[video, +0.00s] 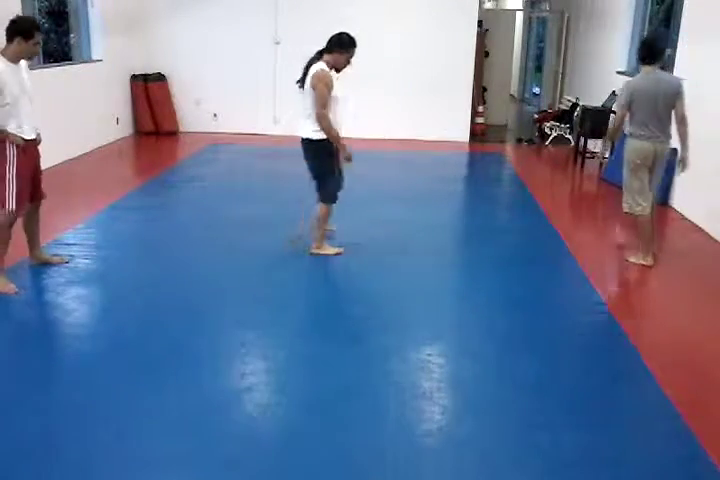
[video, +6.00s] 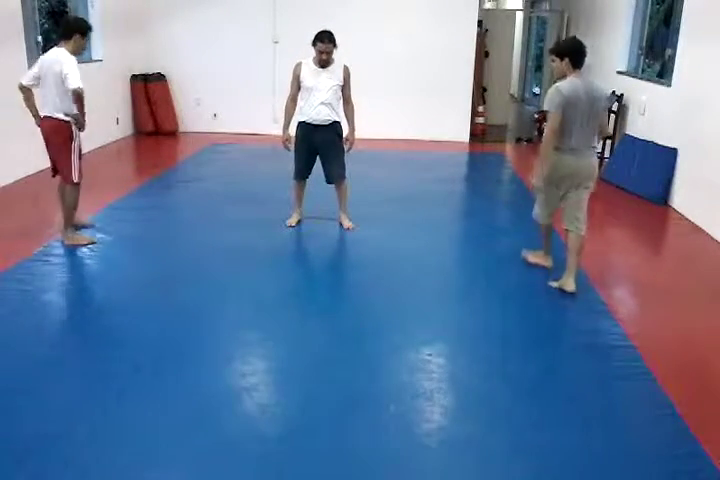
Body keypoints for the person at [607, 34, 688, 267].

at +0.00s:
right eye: (659, 55)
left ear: (639, 56)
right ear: (661, 57)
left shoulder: (632, 85)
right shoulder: (674, 84)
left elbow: (619, 120)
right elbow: (681, 120)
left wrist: (608, 140)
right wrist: (684, 151)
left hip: (637, 146)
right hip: (662, 147)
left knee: (641, 200)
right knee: (649, 197)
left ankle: (645, 253)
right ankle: (649, 247)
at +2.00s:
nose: (583, 61)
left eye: (587, 57)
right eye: (580, 56)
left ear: (596, 54)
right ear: (578, 54)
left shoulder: (607, 77)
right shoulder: (577, 75)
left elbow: (613, 108)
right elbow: (570, 103)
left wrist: (611, 136)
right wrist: (559, 124)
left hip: (596, 128)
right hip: (576, 127)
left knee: (591, 179)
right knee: (570, 173)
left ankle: (587, 220)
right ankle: (571, 209)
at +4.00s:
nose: (572, 63)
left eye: (576, 58)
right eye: (572, 58)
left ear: (591, 59)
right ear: (587, 60)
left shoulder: (615, 93)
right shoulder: (582, 86)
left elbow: (619, 137)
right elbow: (578, 125)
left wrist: (611, 175)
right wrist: (567, 150)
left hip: (596, 161)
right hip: (572, 157)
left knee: (591, 225)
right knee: (567, 223)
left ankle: (592, 273)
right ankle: (572, 278)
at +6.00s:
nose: (552, 66)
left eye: (554, 61)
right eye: (552, 60)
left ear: (566, 61)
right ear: (577, 62)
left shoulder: (559, 91)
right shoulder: (597, 91)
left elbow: (551, 133)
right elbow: (604, 130)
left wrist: (539, 170)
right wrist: (584, 125)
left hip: (560, 157)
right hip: (587, 160)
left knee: (544, 209)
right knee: (577, 222)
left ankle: (545, 254)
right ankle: (570, 278)